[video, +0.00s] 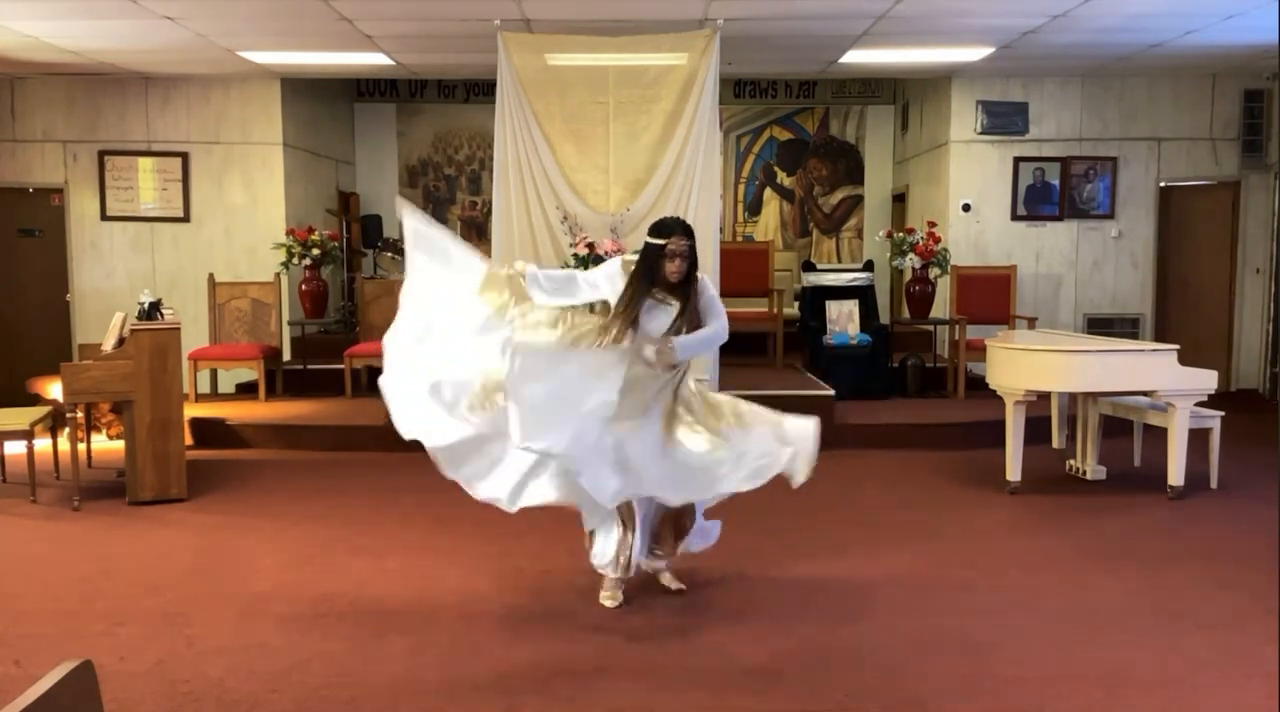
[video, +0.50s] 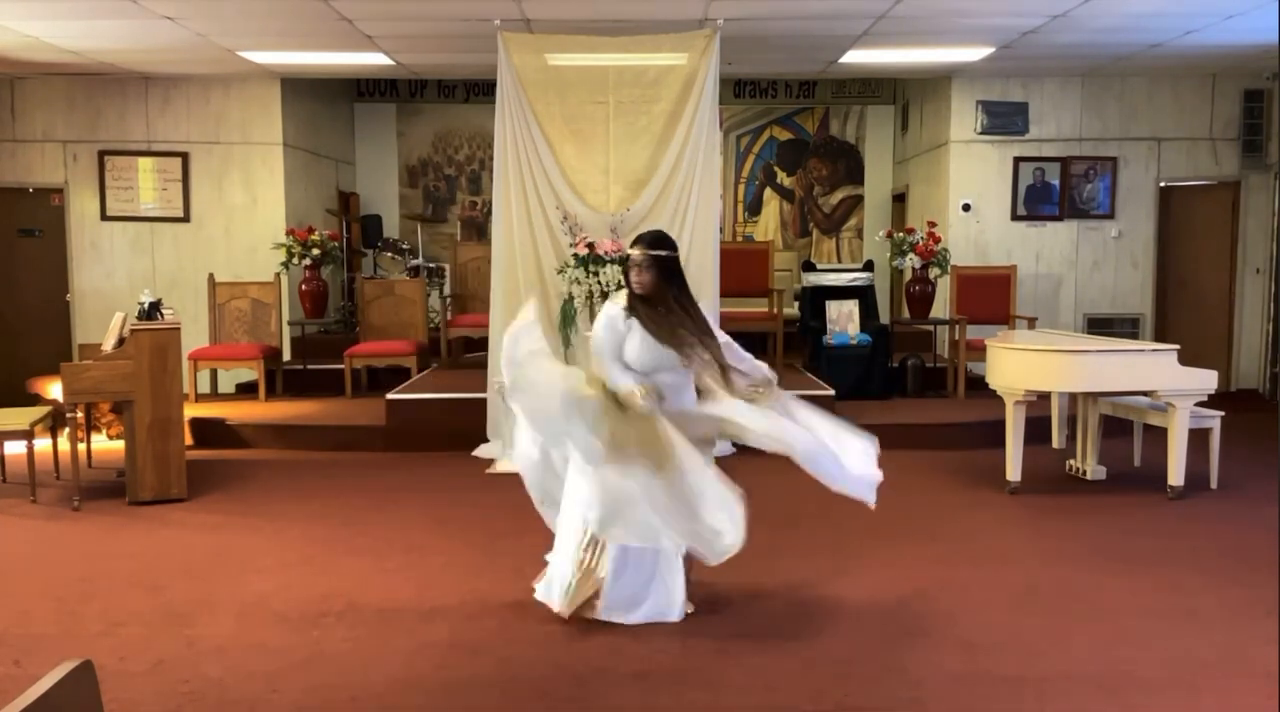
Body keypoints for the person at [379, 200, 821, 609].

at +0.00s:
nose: (676, 265)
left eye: (683, 257)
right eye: (667, 257)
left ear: (692, 258)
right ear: (651, 256)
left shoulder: (697, 289)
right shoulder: (626, 279)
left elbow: (720, 331)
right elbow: (572, 283)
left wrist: (675, 349)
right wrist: (520, 275)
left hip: (670, 396)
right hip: (619, 395)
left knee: (684, 482)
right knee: (612, 480)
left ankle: (659, 557)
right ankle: (613, 572)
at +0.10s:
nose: (679, 265)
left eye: (686, 256)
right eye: (670, 257)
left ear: (694, 256)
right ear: (653, 256)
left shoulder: (704, 289)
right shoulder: (627, 279)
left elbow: (730, 330)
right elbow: (577, 287)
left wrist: (690, 350)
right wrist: (528, 270)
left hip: (677, 393)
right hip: (625, 390)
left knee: (673, 477)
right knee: (609, 474)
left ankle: (670, 574)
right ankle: (619, 563)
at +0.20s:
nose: (678, 269)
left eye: (685, 261)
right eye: (669, 261)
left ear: (695, 263)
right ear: (654, 262)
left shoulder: (705, 299)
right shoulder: (627, 291)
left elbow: (739, 333)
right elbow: (585, 315)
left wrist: (718, 361)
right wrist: (544, 305)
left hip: (682, 406)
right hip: (626, 404)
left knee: (682, 488)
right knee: (602, 482)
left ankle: (672, 578)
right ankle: (608, 572)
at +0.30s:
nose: (670, 274)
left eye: (679, 267)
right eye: (662, 266)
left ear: (692, 269)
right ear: (649, 268)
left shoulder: (707, 309)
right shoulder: (626, 305)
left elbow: (741, 351)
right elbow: (585, 352)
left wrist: (752, 379)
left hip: (691, 417)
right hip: (632, 418)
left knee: (685, 499)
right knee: (586, 491)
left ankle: (677, 586)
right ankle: (595, 578)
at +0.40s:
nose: (653, 274)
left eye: (662, 266)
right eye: (646, 266)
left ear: (681, 270)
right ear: (638, 269)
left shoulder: (697, 311)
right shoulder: (622, 314)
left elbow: (730, 351)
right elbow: (609, 369)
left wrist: (757, 381)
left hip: (690, 433)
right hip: (638, 433)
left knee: (687, 512)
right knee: (609, 508)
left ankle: (676, 590)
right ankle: (571, 574)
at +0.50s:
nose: (635, 274)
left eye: (644, 267)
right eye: (631, 266)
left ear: (666, 272)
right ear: (627, 270)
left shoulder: (683, 312)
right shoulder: (617, 313)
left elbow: (719, 345)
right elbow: (602, 363)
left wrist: (757, 373)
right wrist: (631, 387)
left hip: (682, 421)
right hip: (632, 422)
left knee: (673, 507)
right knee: (618, 506)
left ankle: (669, 592)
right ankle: (579, 590)